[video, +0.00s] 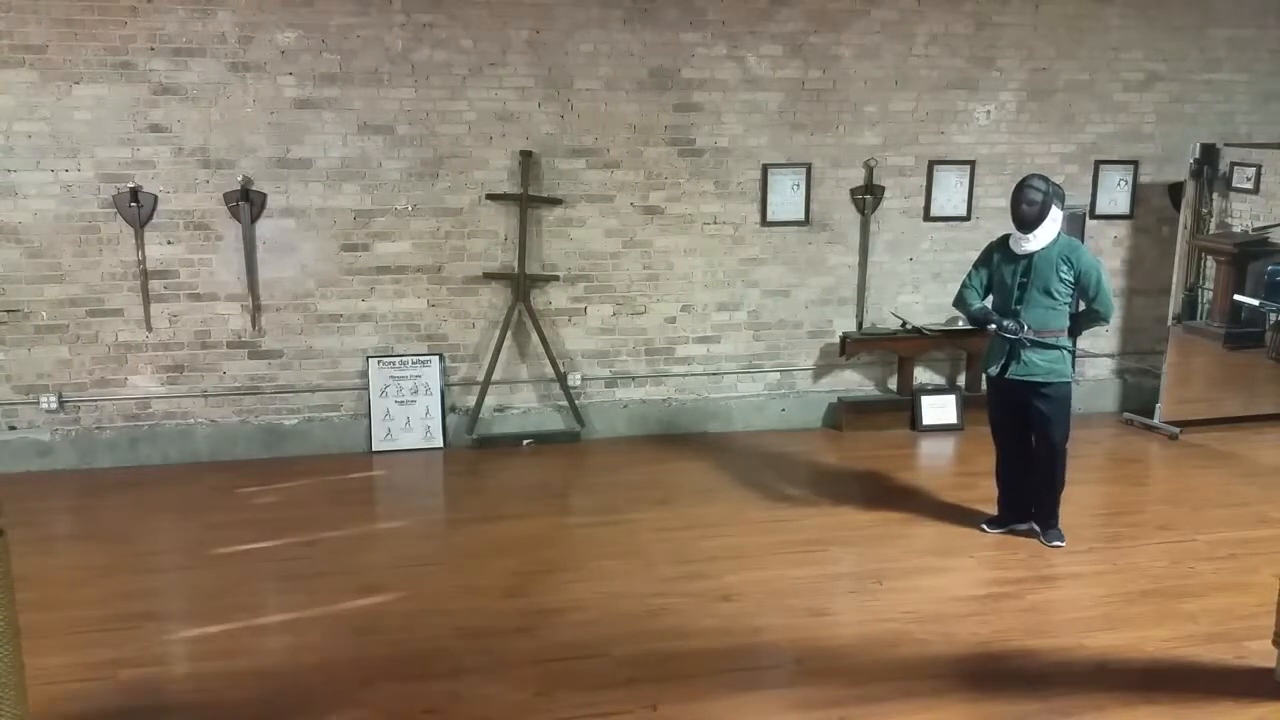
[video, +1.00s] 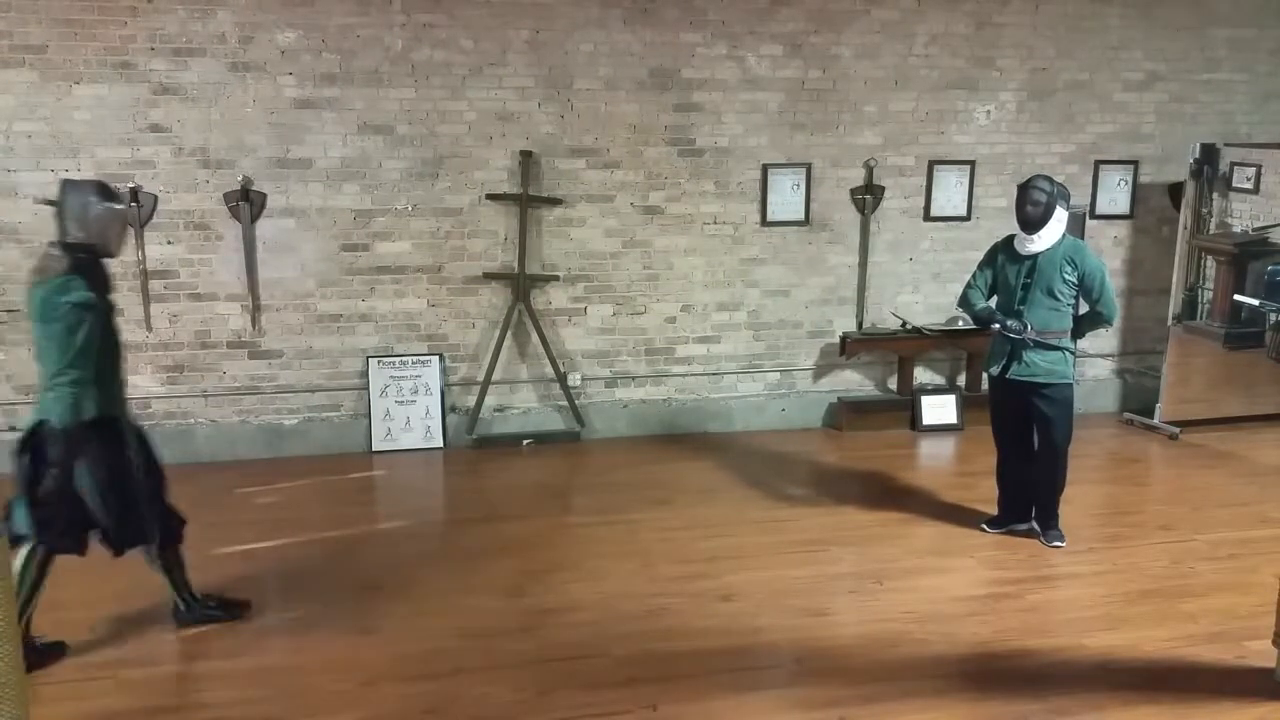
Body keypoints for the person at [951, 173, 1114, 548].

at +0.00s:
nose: (1022, 209)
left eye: (1031, 202)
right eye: (1018, 201)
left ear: (1052, 207)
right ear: (1012, 203)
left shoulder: (1073, 254)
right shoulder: (999, 250)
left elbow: (1102, 310)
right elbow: (966, 296)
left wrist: (1067, 328)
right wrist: (993, 320)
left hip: (1049, 370)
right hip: (1003, 369)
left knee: (1049, 449)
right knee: (1009, 447)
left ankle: (1048, 522)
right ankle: (1013, 514)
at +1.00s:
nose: (1026, 211)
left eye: (1035, 204)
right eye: (1022, 203)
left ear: (1055, 208)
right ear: (1016, 204)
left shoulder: (1077, 254)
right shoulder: (1003, 250)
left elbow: (1106, 312)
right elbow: (970, 297)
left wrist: (1070, 330)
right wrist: (996, 320)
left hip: (1051, 372)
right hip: (1005, 370)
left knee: (1052, 452)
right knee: (1010, 448)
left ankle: (1048, 522)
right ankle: (1013, 514)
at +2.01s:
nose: (1028, 209)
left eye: (1037, 203)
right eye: (1024, 202)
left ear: (1058, 207)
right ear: (1019, 204)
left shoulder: (1079, 254)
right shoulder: (1004, 250)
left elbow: (1107, 312)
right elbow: (972, 296)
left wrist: (1068, 331)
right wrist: (999, 320)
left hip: (1052, 372)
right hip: (1006, 370)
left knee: (1053, 453)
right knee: (1011, 449)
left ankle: (1048, 522)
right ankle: (1013, 515)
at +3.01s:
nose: (1027, 210)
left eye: (1036, 205)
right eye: (1023, 203)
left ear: (1056, 209)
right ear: (1017, 204)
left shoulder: (1079, 255)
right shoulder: (1007, 249)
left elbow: (1107, 312)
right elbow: (974, 273)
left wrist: (1069, 330)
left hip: (1050, 368)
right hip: (1004, 364)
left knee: (1048, 451)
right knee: (1010, 447)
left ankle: (1047, 521)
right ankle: (1013, 515)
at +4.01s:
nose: (1013, 215)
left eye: (1021, 208)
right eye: (1010, 208)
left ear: (1043, 209)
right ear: (1005, 208)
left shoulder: (1073, 253)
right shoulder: (998, 252)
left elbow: (1103, 309)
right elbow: (949, 280)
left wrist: (1068, 326)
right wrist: (946, 244)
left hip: (1049, 365)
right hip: (1002, 363)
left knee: (1049, 448)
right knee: (1008, 444)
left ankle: (1046, 521)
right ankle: (1012, 513)